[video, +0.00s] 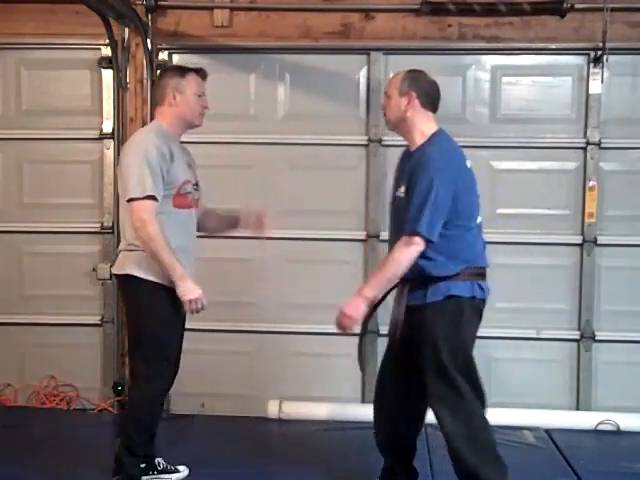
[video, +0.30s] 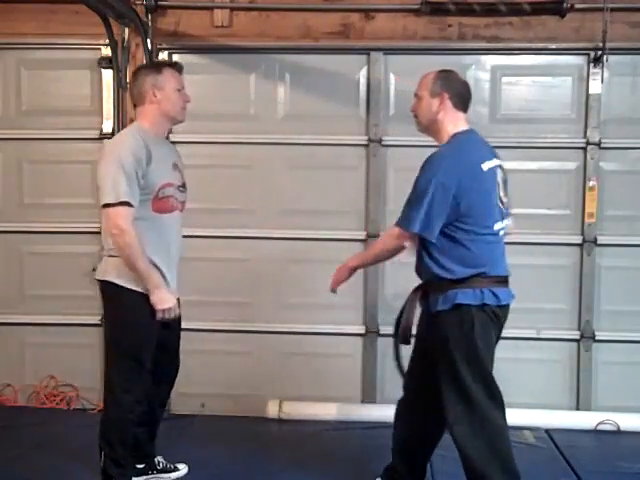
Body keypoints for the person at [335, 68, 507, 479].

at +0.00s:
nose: (382, 105)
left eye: (387, 97)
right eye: (384, 96)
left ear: (410, 102)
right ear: (414, 104)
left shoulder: (436, 157)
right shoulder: (416, 155)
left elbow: (414, 242)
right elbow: (412, 238)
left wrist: (363, 299)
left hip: (449, 293)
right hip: (421, 293)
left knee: (454, 405)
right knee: (394, 403)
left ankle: (487, 476)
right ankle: (398, 474)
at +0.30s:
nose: (412, 106)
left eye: (418, 98)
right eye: (414, 98)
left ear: (443, 103)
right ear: (448, 105)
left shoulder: (443, 161)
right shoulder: (479, 151)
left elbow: (403, 235)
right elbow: (475, 226)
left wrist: (352, 265)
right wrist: (414, 239)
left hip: (461, 301)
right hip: (481, 295)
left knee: (473, 414)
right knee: (421, 402)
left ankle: (499, 479)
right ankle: (401, 475)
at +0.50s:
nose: (423, 110)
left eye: (429, 101)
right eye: (425, 100)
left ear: (455, 105)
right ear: (463, 108)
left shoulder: (441, 164)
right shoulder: (505, 153)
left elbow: (394, 231)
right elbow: (548, 206)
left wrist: (335, 269)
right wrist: (514, 180)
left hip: (456, 304)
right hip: (488, 301)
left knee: (467, 414)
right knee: (405, 393)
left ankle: (497, 478)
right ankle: (392, 475)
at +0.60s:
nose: (421, 109)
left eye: (427, 101)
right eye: (423, 100)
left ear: (454, 106)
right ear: (462, 108)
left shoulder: (441, 163)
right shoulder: (504, 155)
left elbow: (399, 233)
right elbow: (545, 208)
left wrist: (336, 275)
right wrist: (511, 181)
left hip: (453, 304)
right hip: (482, 300)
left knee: (464, 412)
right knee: (399, 385)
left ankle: (497, 479)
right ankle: (374, 474)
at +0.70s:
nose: (416, 109)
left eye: (422, 100)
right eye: (418, 100)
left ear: (447, 106)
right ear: (456, 107)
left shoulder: (437, 161)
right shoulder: (488, 155)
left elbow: (407, 236)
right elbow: (522, 210)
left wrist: (342, 281)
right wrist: (483, 190)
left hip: (448, 304)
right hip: (472, 301)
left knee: (460, 414)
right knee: (392, 395)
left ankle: (496, 478)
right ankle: (346, 473)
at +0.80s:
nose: (404, 109)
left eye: (410, 101)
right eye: (406, 100)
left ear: (435, 108)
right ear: (442, 110)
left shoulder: (435, 163)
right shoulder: (466, 156)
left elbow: (409, 245)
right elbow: (482, 216)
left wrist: (343, 286)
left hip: (440, 307)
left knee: (455, 416)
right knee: (375, 404)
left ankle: (494, 476)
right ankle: (339, 474)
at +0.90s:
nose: (390, 109)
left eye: (396, 101)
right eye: (392, 101)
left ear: (419, 108)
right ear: (425, 109)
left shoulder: (431, 166)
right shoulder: (432, 158)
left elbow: (411, 251)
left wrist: (347, 289)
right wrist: (382, 167)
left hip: (427, 309)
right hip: (395, 307)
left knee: (449, 416)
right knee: (354, 403)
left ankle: (491, 477)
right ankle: (335, 473)